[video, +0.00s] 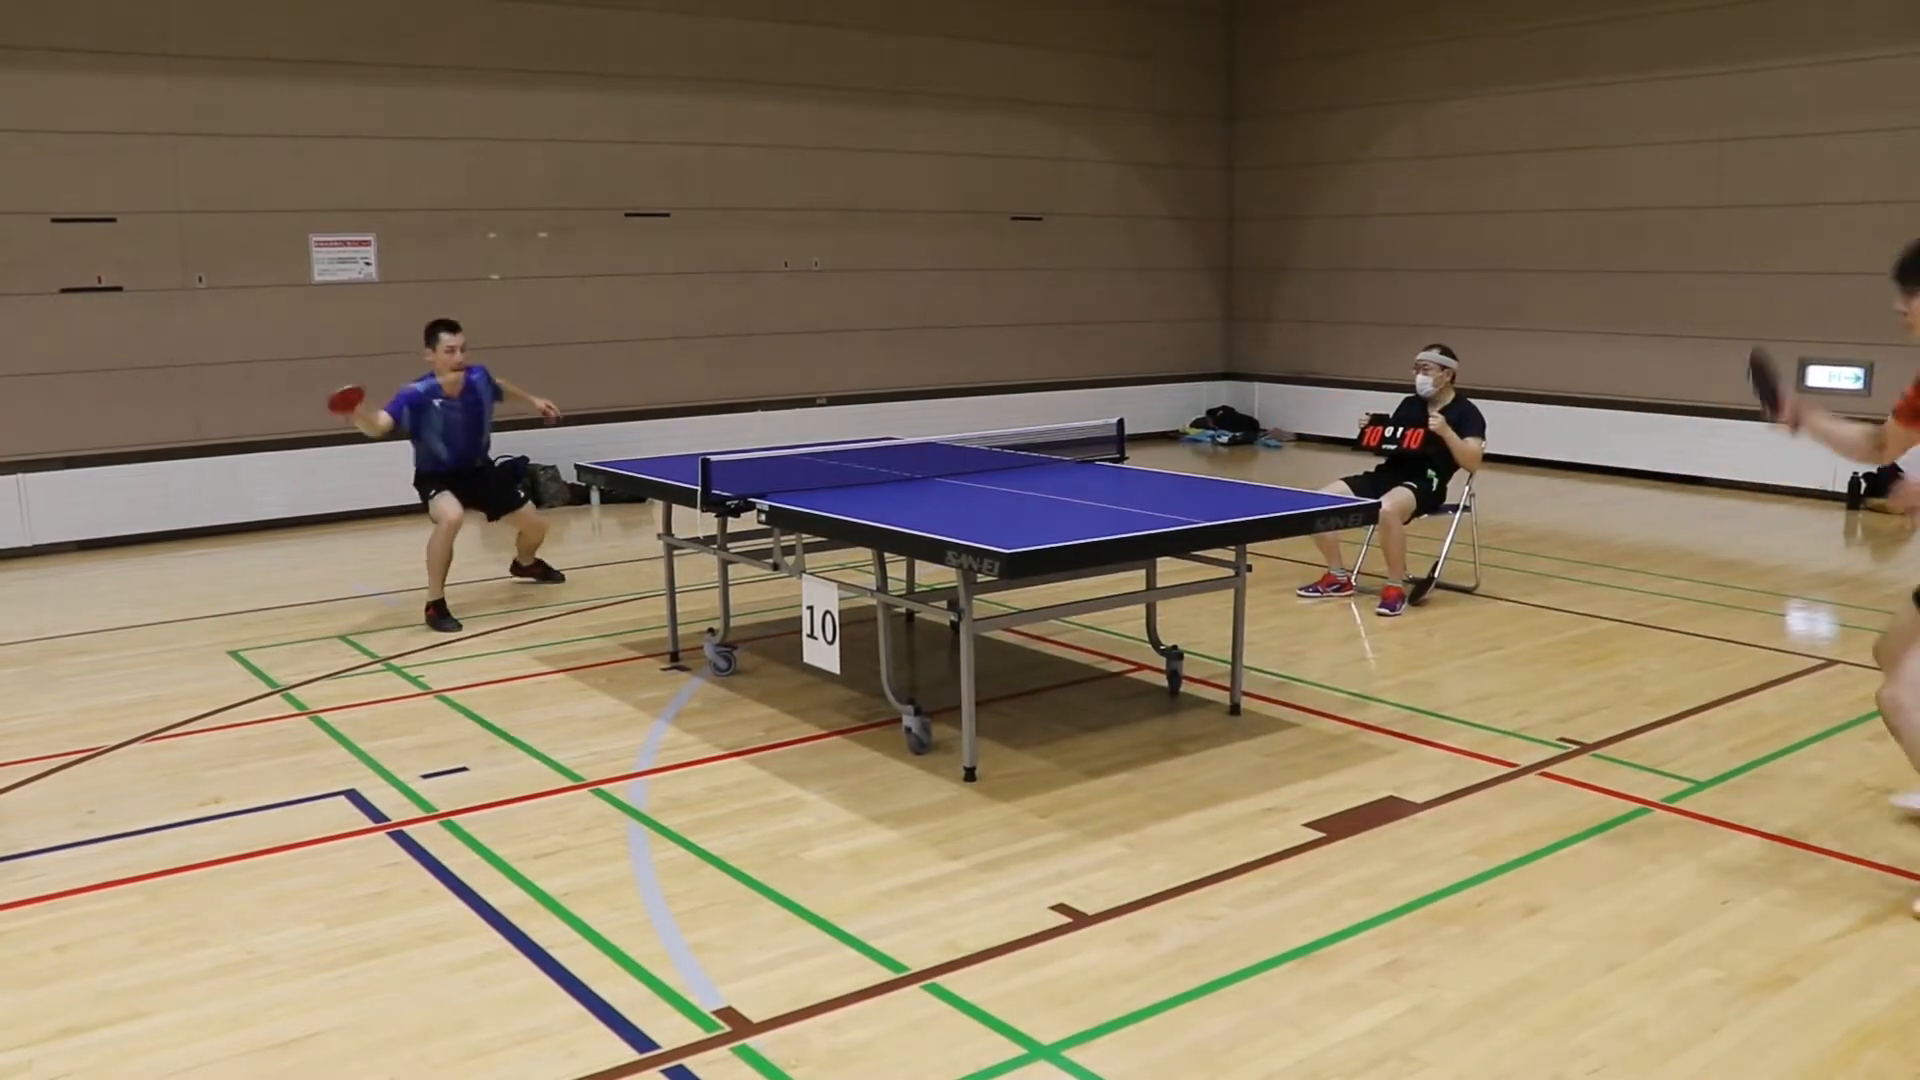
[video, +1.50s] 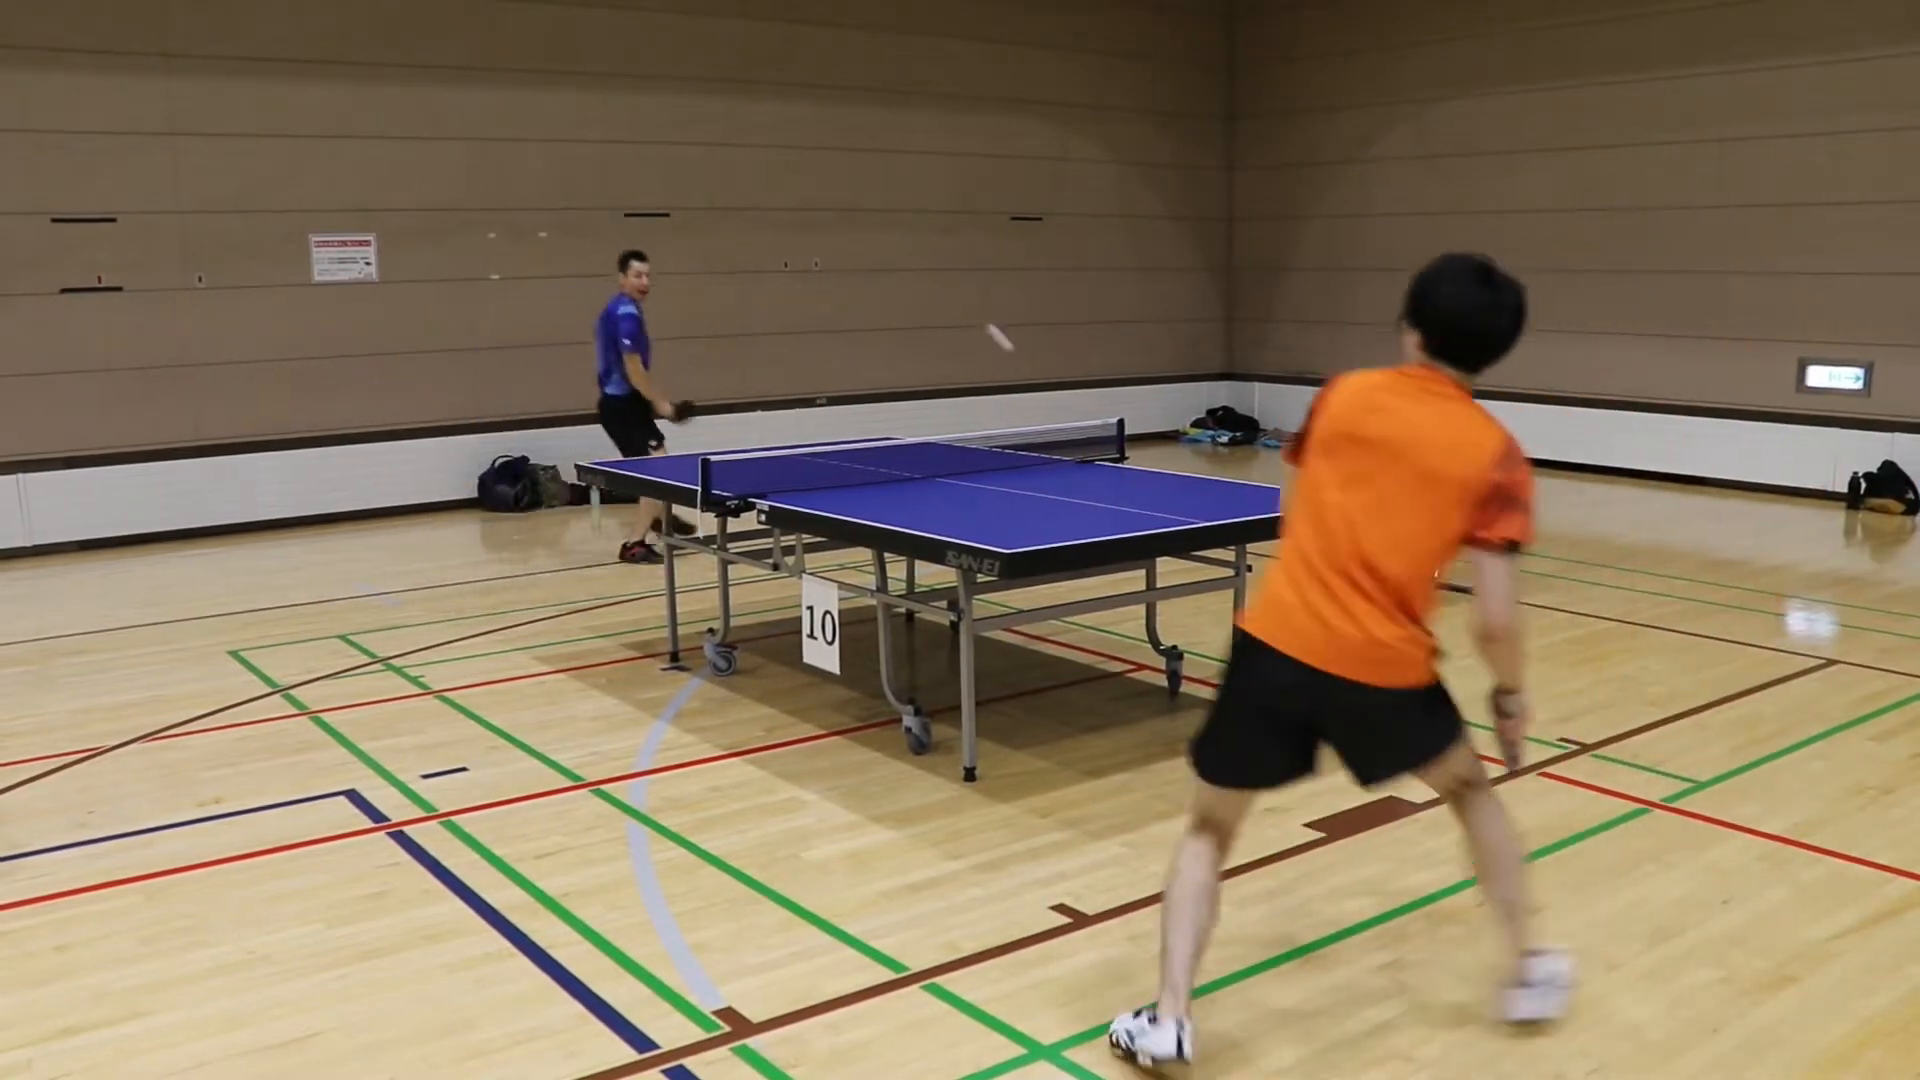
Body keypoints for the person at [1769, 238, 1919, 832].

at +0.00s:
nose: (1903, 312)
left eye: (1908, 299)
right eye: (1902, 300)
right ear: (1906, 302)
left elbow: (1880, 446)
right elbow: (1878, 445)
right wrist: (1804, 416)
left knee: (1899, 697)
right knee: (1890, 651)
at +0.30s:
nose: (1841, 346)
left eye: (1848, 331)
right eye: (1840, 333)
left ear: (1888, 332)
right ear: (1888, 335)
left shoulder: (1903, 392)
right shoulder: (1905, 393)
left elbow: (1871, 509)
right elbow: (1901, 539)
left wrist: (1797, 518)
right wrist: (1832, 559)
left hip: (1919, 605)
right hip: (1909, 599)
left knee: (1849, 743)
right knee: (1841, 678)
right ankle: (1903, 799)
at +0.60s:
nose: (1855, 351)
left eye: (1860, 342)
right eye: (1862, 341)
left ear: (1873, 347)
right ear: (1917, 355)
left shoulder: (1816, 406)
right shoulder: (1918, 416)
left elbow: (1725, 488)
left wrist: (1661, 554)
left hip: (1799, 620)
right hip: (1884, 628)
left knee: (1687, 752)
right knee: (1857, 701)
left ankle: (1731, 880)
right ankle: (1898, 833)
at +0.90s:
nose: (1694, 338)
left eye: (1702, 326)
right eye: (1697, 325)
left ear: (1729, 337)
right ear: (1752, 336)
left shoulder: (1779, 439)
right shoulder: (1717, 391)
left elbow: (1717, 569)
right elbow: (1612, 381)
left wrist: (1642, 501)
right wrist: (1592, 313)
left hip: (1757, 644)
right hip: (1747, 626)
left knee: (1625, 776)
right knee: (1794, 738)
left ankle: (1752, 903)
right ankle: (1862, 835)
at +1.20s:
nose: (1549, 278)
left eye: (1555, 263)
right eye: (1551, 263)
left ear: (1583, 271)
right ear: (1641, 277)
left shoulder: (1549, 352)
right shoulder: (1684, 381)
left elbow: (1475, 483)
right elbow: (1670, 514)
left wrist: (1523, 485)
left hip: (1538, 613)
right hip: (1630, 623)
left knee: (1432, 758)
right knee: (1587, 766)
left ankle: (1498, 913)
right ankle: (1592, 939)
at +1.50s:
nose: (1408, 321)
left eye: (1413, 310)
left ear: (1413, 327)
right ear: (1498, 352)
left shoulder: (1343, 393)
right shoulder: (1493, 452)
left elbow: (1296, 504)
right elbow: (1495, 619)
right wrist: (1509, 694)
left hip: (1271, 652)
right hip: (1382, 673)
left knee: (1208, 828)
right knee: (1468, 790)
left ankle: (1169, 1015)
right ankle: (1528, 968)